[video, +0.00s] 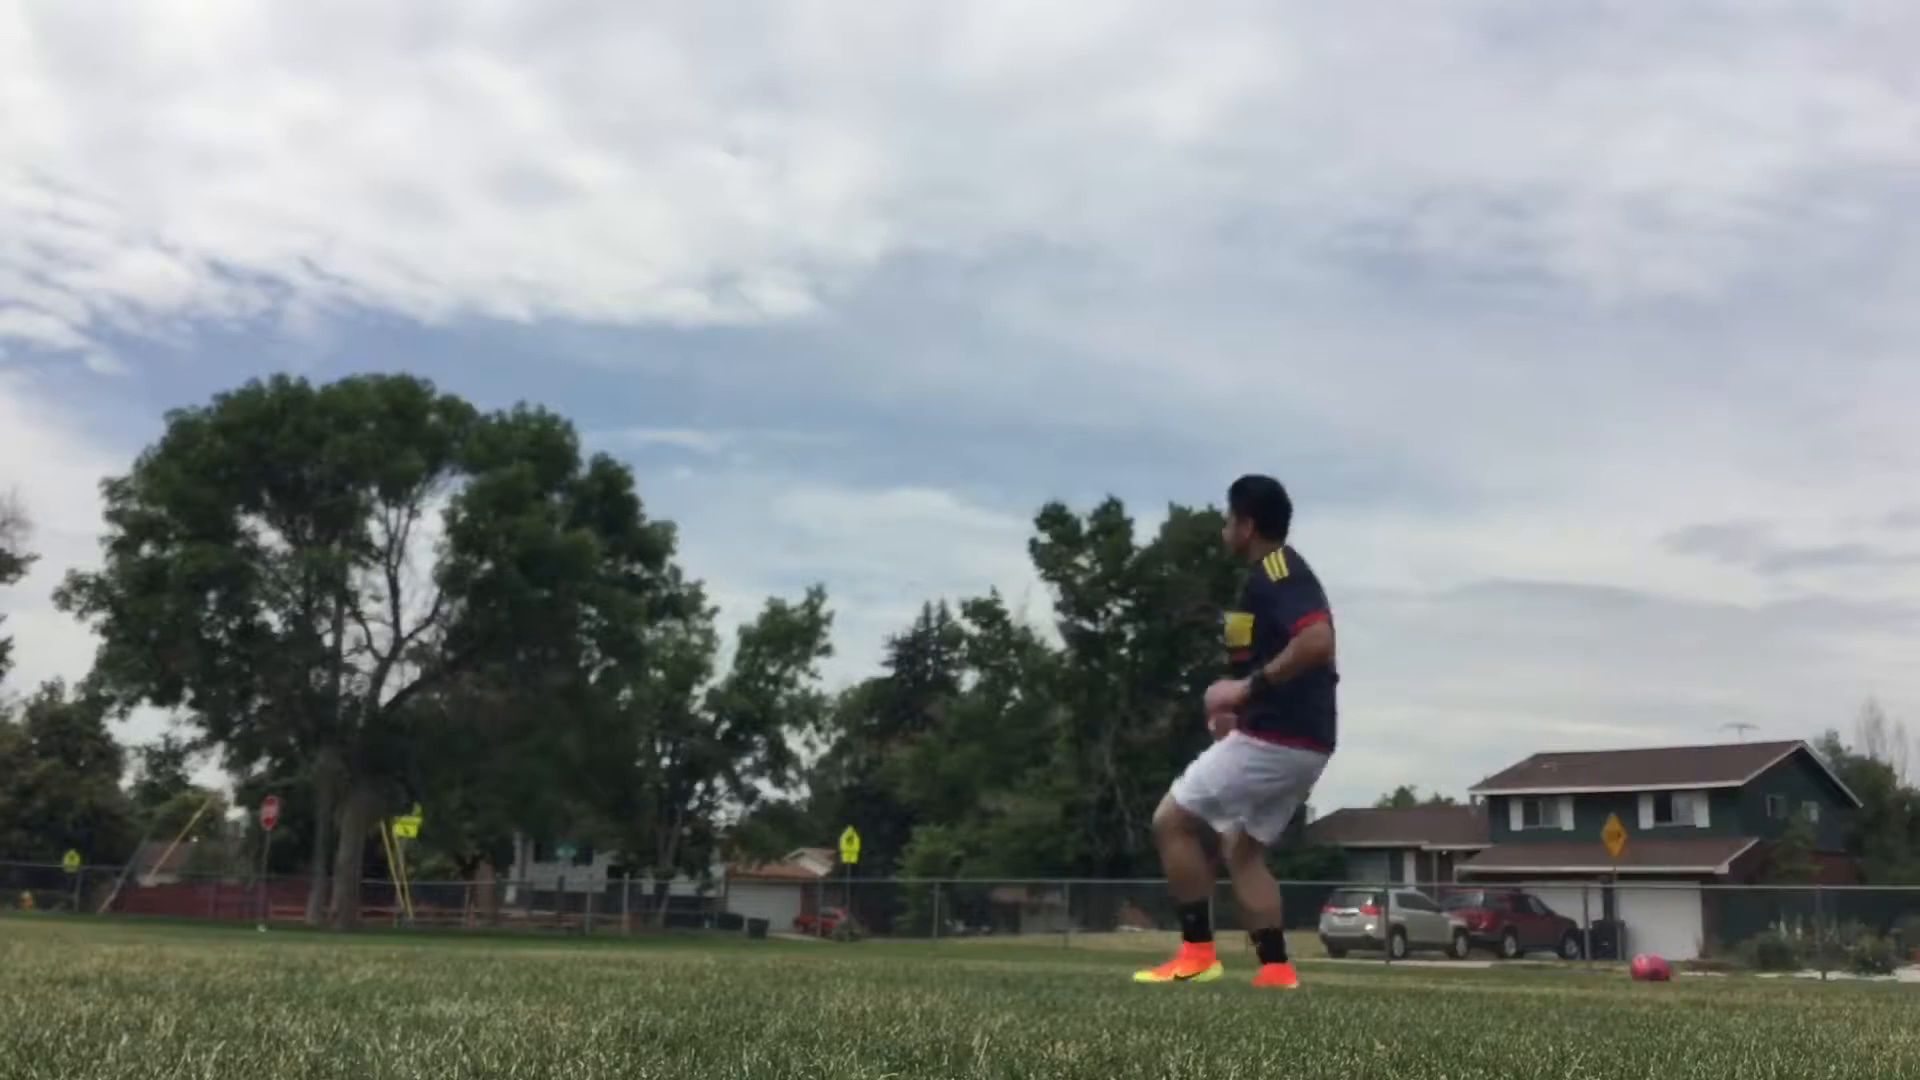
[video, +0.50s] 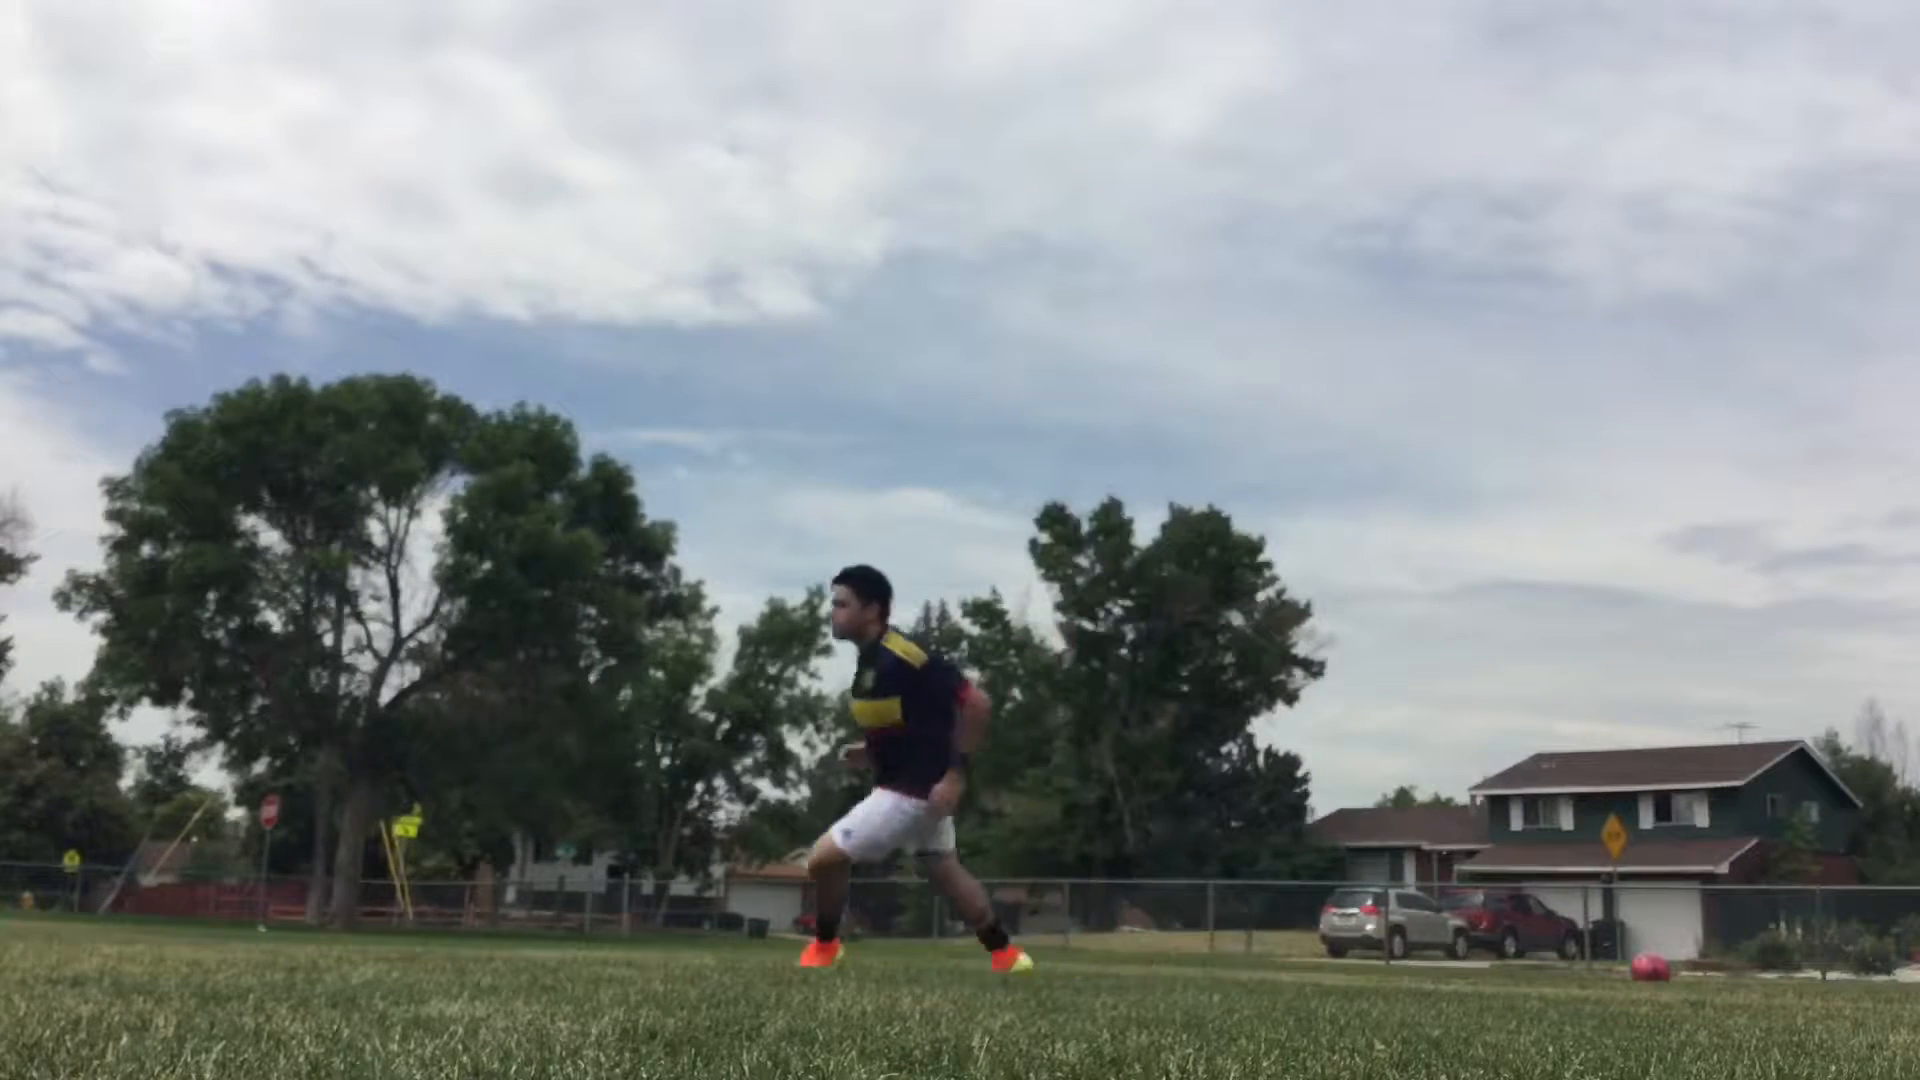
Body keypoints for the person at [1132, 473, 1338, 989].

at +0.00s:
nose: (1225, 531)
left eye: (1229, 520)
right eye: (1227, 520)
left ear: (1247, 524)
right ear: (1267, 524)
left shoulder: (1276, 568)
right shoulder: (1277, 573)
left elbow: (1316, 640)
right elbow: (1288, 664)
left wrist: (1249, 688)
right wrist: (1239, 712)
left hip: (1275, 737)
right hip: (1300, 742)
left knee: (1172, 821)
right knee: (1241, 850)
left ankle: (1197, 952)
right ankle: (1277, 969)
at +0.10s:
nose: (1137, 539)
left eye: (1142, 529)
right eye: (1140, 528)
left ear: (1161, 534)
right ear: (1175, 534)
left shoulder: (1194, 586)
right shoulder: (1179, 587)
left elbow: (1249, 650)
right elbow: (1193, 669)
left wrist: (1194, 712)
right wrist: (1141, 688)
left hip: (1171, 744)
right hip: (1203, 751)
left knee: (1091, 832)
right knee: (1166, 856)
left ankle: (1065, 949)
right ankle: (1234, 934)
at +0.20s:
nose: (1059, 549)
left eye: (1064, 539)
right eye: (1061, 538)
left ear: (1084, 541)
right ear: (1098, 541)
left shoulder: (1113, 591)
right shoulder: (1104, 590)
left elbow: (1149, 669)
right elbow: (1111, 663)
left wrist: (1092, 717)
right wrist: (1064, 683)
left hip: (1096, 742)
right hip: (1120, 748)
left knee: (1019, 836)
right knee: (1070, 832)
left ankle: (1053, 951)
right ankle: (1130, 915)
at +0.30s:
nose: (980, 566)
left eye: (985, 556)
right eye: (982, 556)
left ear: (1007, 556)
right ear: (1015, 557)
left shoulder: (1036, 591)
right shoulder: (1024, 597)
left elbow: (1072, 644)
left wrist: (1012, 672)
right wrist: (1005, 687)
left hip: (1044, 752)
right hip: (1055, 751)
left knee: (944, 816)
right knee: (1020, 840)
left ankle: (994, 915)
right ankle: (1037, 939)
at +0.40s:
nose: (906, 600)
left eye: (912, 590)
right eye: (907, 590)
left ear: (937, 593)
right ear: (942, 593)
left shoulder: (972, 632)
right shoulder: (954, 638)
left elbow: (1035, 670)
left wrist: (977, 712)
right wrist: (949, 728)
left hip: (983, 781)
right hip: (988, 780)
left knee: (882, 831)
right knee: (980, 874)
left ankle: (891, 917)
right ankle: (1011, 961)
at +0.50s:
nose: (832, 614)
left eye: (841, 605)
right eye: (833, 604)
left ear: (873, 610)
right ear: (864, 613)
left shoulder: (905, 654)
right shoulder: (872, 658)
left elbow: (975, 704)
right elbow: (916, 721)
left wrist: (956, 774)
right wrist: (872, 751)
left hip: (908, 793)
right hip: (919, 788)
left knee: (824, 860)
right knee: (946, 872)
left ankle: (825, 944)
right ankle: (1005, 953)